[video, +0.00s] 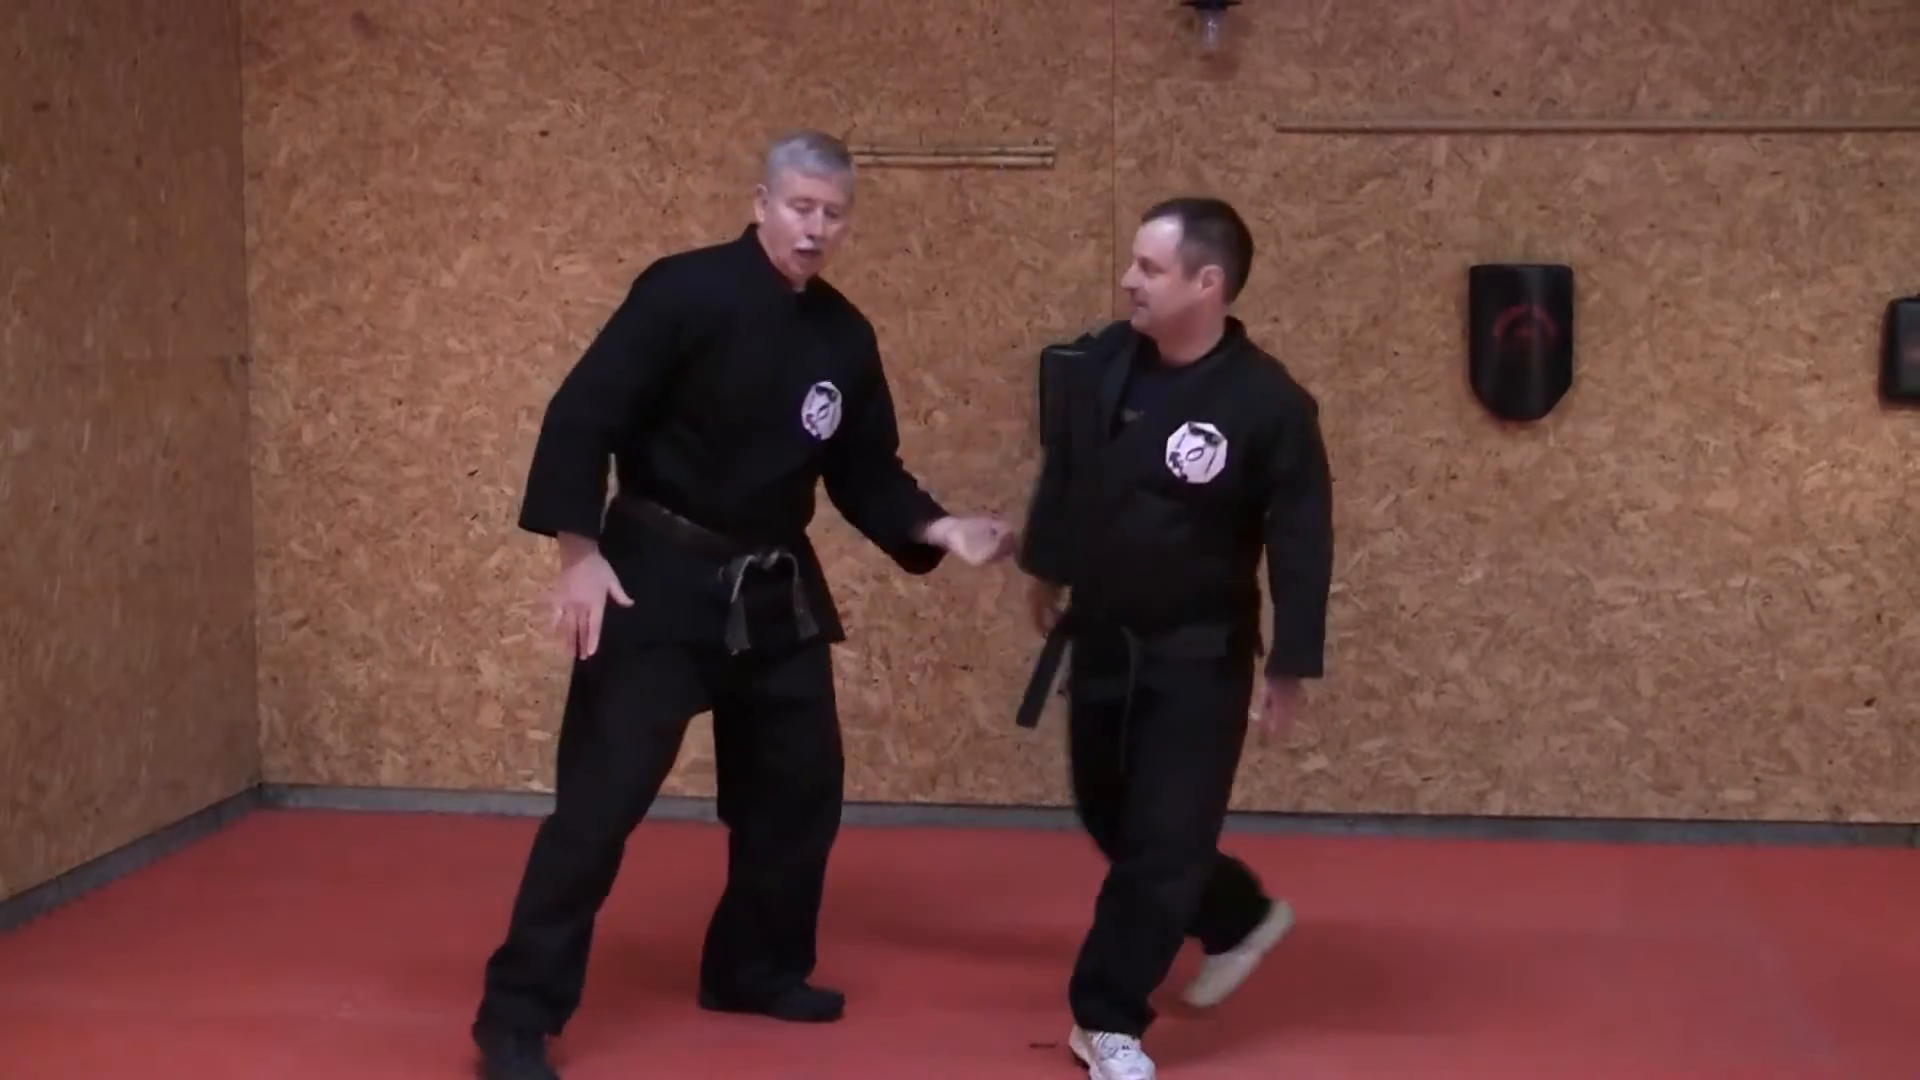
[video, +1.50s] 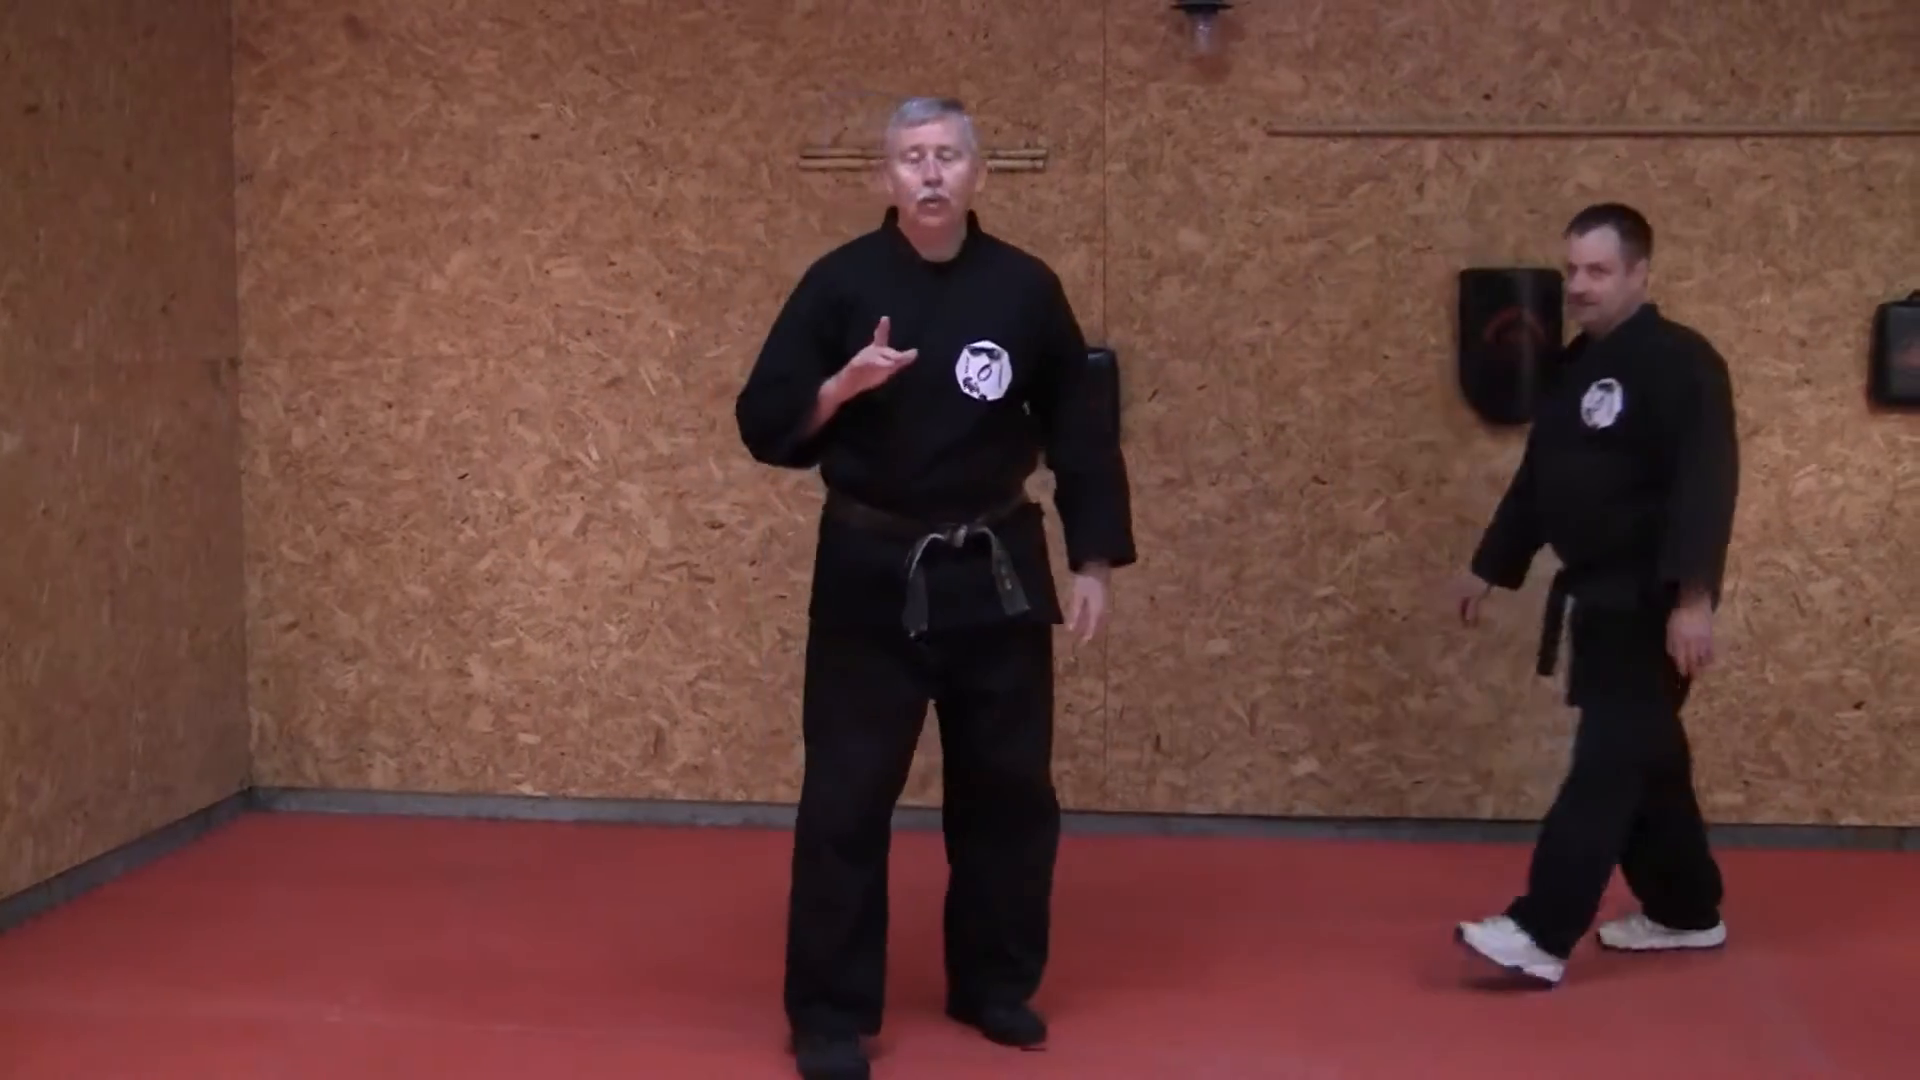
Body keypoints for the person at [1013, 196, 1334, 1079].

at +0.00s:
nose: (1129, 281)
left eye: (1149, 269)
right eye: (1131, 264)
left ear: (1209, 284)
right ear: (1166, 278)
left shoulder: (1270, 405)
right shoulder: (1093, 367)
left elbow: (1300, 541)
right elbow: (1062, 471)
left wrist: (1290, 662)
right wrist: (1044, 569)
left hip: (1200, 650)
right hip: (1103, 639)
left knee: (1167, 837)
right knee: (1109, 811)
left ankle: (1107, 1019)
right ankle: (1239, 915)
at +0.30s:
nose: (1176, 290)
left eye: (1191, 275)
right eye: (1175, 274)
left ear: (1248, 277)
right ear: (1228, 280)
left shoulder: (1319, 378)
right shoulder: (1209, 380)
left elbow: (1339, 516)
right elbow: (1209, 509)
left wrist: (1321, 636)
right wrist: (1196, 619)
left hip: (1283, 634)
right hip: (1220, 632)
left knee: (1236, 808)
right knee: (1271, 804)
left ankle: (1205, 1004)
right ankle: (1323, 969)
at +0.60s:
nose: (1259, 291)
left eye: (1270, 274)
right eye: (1255, 276)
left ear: (1322, 267)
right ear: (1312, 273)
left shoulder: (1377, 353)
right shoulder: (1314, 360)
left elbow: (1372, 459)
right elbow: (1318, 477)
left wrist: (1322, 546)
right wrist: (1300, 581)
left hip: (1377, 620)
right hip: (1315, 618)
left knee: (1367, 791)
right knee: (1293, 792)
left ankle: (1477, 907)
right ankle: (1321, 968)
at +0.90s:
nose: (1370, 306)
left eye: (1382, 288)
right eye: (1364, 291)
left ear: (1434, 277)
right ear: (1407, 285)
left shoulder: (1487, 367)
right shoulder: (1412, 368)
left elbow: (1465, 492)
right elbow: (1419, 489)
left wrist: (1380, 577)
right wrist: (1394, 572)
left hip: (1492, 620)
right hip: (1423, 616)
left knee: (1495, 788)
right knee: (1380, 784)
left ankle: (1518, 948)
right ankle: (1341, 939)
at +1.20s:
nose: (1471, 284)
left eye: (1486, 268)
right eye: (1467, 269)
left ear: (1540, 266)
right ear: (1476, 269)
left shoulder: (1587, 363)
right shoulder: (1498, 356)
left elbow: (1611, 490)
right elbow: (1490, 468)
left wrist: (1613, 601)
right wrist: (1446, 537)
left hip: (1552, 599)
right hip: (1495, 594)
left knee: (1525, 768)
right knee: (1505, 750)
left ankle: (1518, 950)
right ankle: (1590, 881)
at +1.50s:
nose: (1579, 285)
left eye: (1596, 271)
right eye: (1571, 271)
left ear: (1640, 275)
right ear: (1567, 275)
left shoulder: (1684, 363)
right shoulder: (1572, 368)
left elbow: (1707, 485)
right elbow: (1541, 476)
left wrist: (1695, 597)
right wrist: (1489, 568)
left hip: (1651, 598)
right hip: (1594, 594)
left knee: (1605, 760)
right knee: (1645, 754)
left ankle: (1543, 931)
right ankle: (1686, 910)